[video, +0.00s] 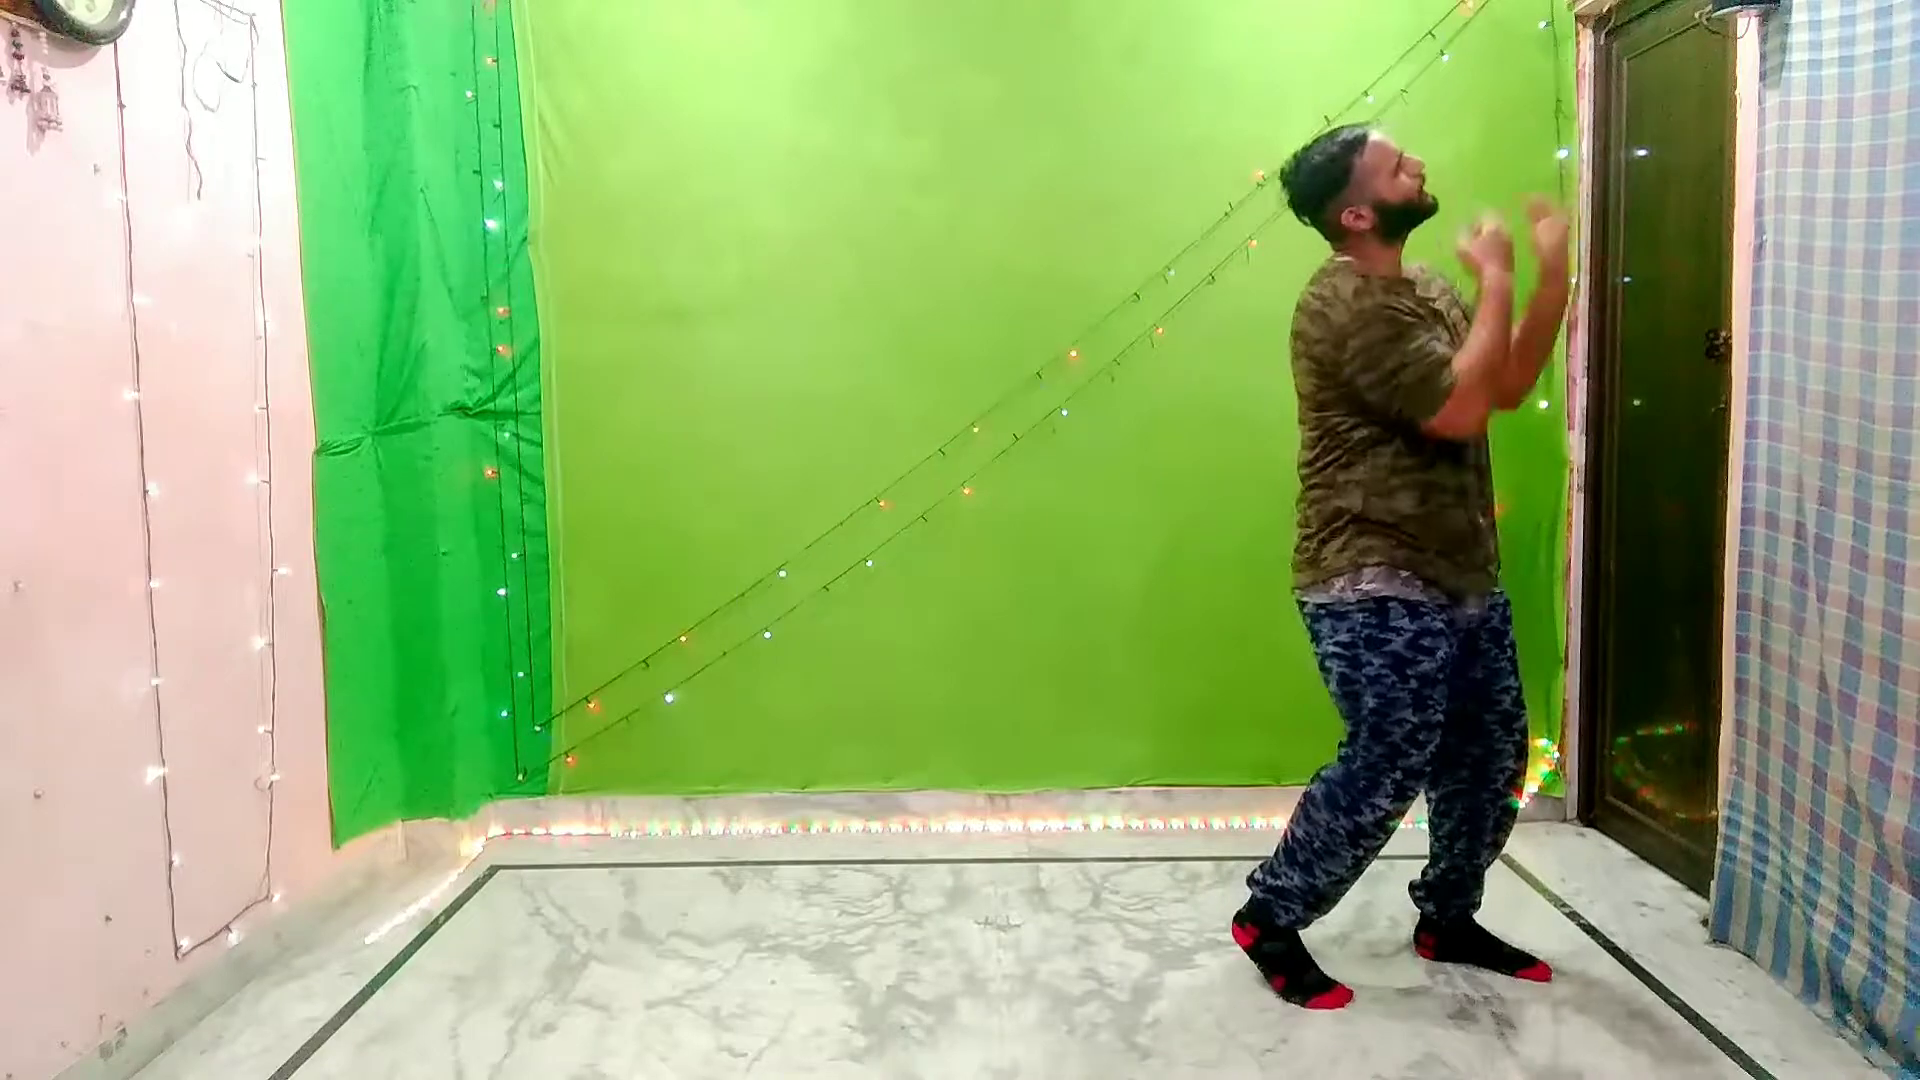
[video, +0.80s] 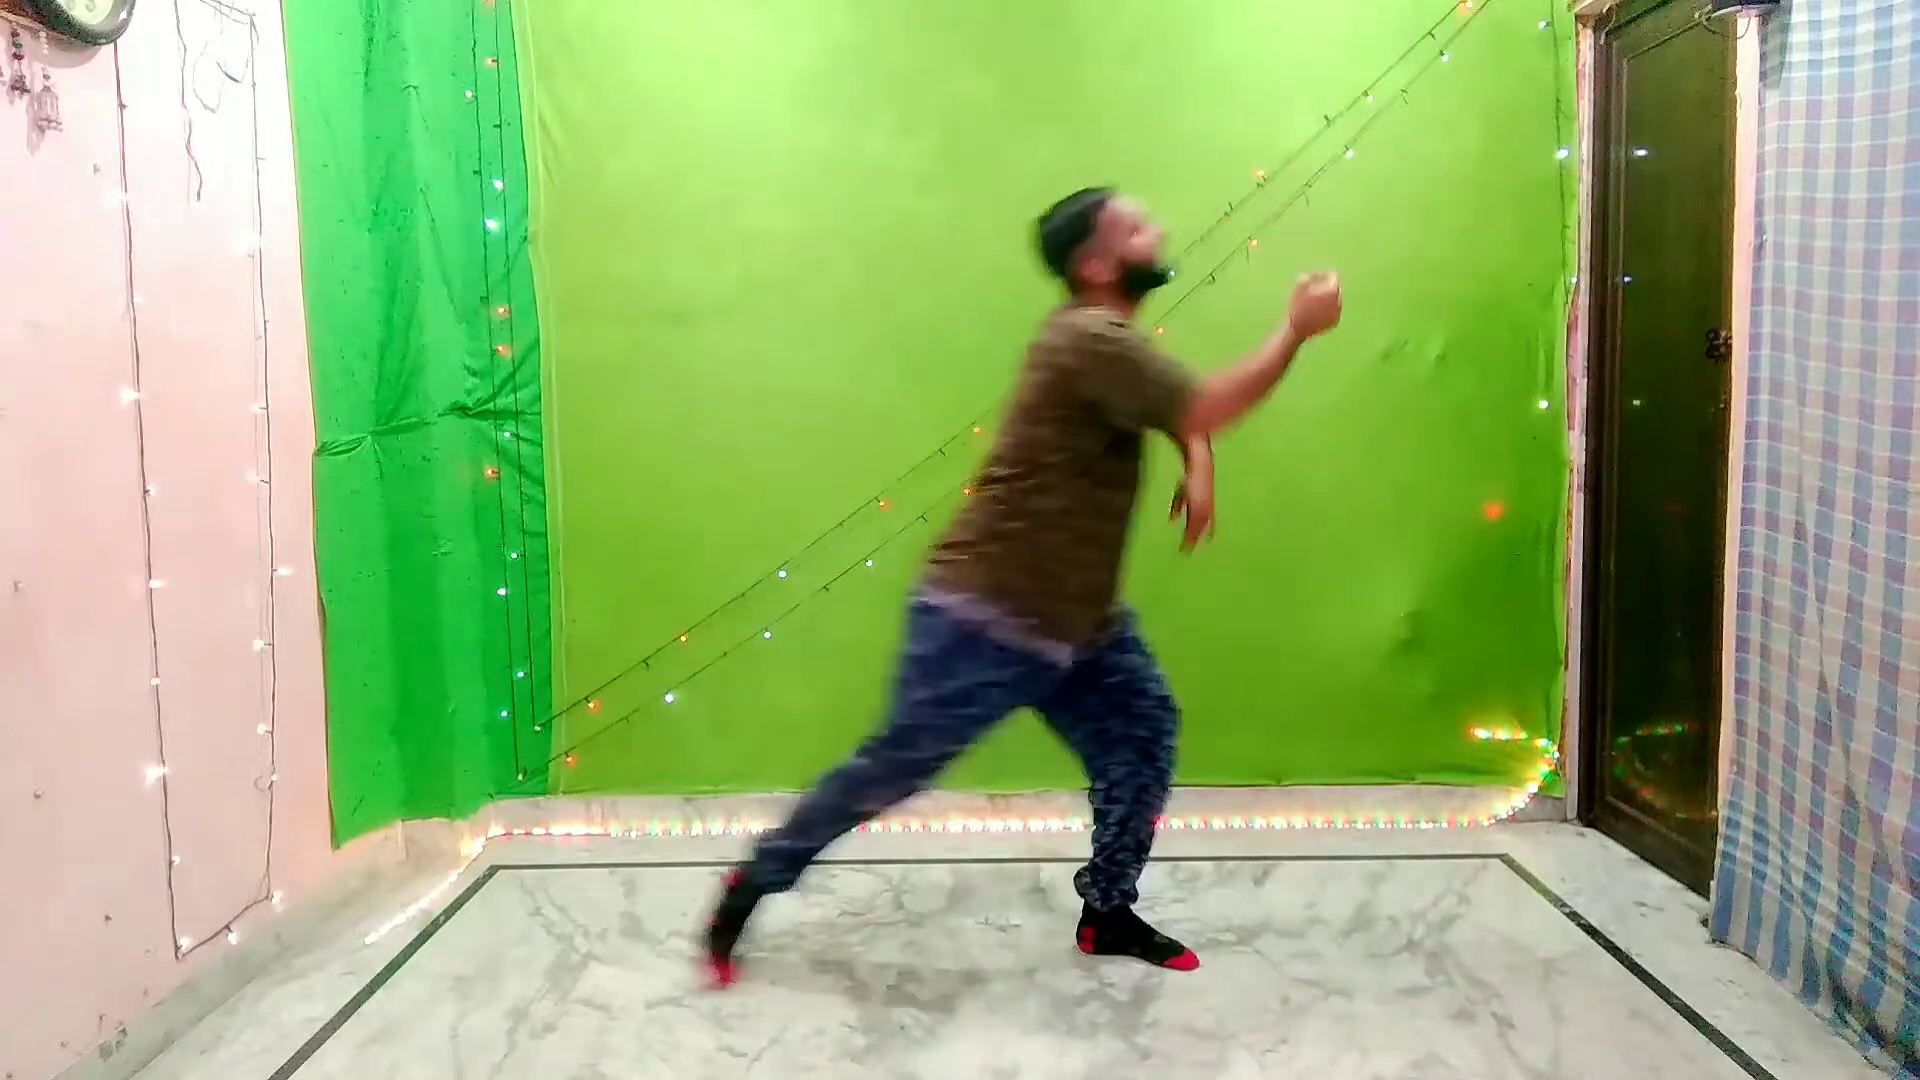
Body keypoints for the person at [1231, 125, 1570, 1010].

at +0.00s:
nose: (1412, 157)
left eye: (1398, 147)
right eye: (1391, 159)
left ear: (1371, 212)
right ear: (1357, 214)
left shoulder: (1428, 292)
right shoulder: (1346, 301)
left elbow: (1508, 384)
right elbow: (1456, 410)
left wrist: (1555, 277)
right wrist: (1496, 282)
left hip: (1458, 569)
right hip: (1368, 571)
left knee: (1490, 746)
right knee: (1393, 747)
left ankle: (1448, 917)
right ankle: (1271, 917)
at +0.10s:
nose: (1394, 164)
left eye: (1382, 155)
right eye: (1370, 164)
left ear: (1351, 213)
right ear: (1332, 213)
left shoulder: (1407, 304)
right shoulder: (1329, 301)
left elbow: (1451, 413)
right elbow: (1471, 379)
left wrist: (1540, 389)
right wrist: (1493, 245)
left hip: (1450, 577)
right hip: (1359, 576)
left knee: (1487, 753)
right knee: (1382, 750)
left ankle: (1450, 915)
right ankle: (1268, 913)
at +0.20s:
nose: (1350, 141)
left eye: (1336, 132)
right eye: (1326, 139)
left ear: (1295, 194)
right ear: (1293, 189)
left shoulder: (1332, 282)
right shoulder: (1295, 277)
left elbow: (1399, 418)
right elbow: (1454, 306)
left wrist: (1478, 498)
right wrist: (1454, 171)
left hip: (1393, 563)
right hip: (1324, 566)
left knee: (1440, 733)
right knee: (1341, 743)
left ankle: (1451, 898)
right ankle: (1265, 916)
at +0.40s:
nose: (1264, 125)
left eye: (1251, 115)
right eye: (1244, 118)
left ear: (1206, 159)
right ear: (1210, 153)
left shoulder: (1223, 235)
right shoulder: (1220, 235)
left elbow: (1350, 173)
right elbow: (1361, 174)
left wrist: (1390, 44)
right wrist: (1394, 29)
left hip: (1258, 536)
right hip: (1259, 541)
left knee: (1279, 719)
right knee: (1286, 733)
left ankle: (1215, 853)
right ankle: (1262, 921)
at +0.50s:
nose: (1241, 139)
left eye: (1229, 128)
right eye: (1221, 133)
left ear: (1182, 174)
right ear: (1184, 171)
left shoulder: (1201, 255)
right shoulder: (1190, 258)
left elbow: (1325, 244)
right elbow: (1330, 244)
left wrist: (1348, 123)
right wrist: (1350, 109)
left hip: (1228, 553)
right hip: (1207, 562)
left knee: (1224, 719)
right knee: (1262, 741)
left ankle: (1139, 875)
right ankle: (1247, 927)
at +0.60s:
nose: (1221, 146)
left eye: (1209, 136)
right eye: (1200, 146)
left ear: (1181, 197)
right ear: (1170, 196)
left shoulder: (1206, 265)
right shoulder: (1173, 269)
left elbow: (1293, 333)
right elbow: (1297, 333)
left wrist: (1320, 205)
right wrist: (1324, 203)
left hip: (1172, 550)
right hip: (1139, 551)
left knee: (1187, 726)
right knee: (1193, 729)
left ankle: (1124, 892)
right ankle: (1143, 908)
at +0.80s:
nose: (1151, 232)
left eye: (1140, 220)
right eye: (1130, 228)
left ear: (1101, 265)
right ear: (1092, 262)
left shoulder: (1116, 341)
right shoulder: (1083, 341)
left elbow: (1178, 409)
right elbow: (1202, 411)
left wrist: (1197, 466)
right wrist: (1293, 332)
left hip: (1068, 614)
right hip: (985, 607)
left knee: (1140, 733)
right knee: (898, 763)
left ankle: (1109, 911)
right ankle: (754, 882)